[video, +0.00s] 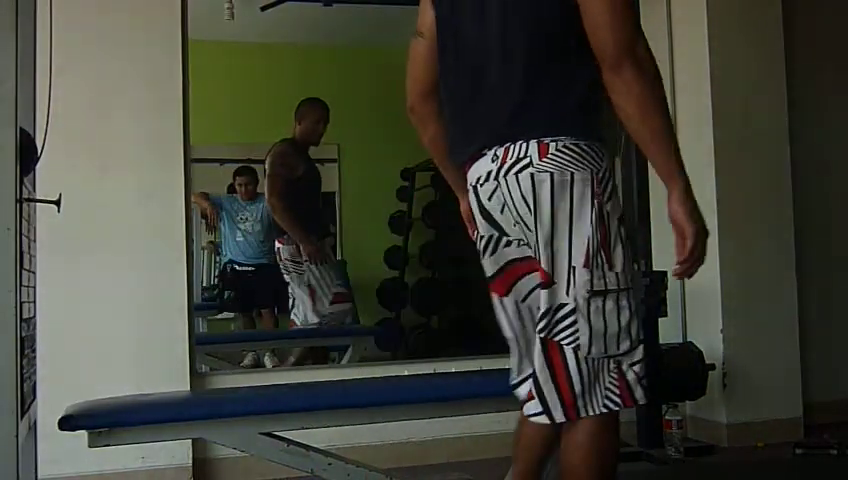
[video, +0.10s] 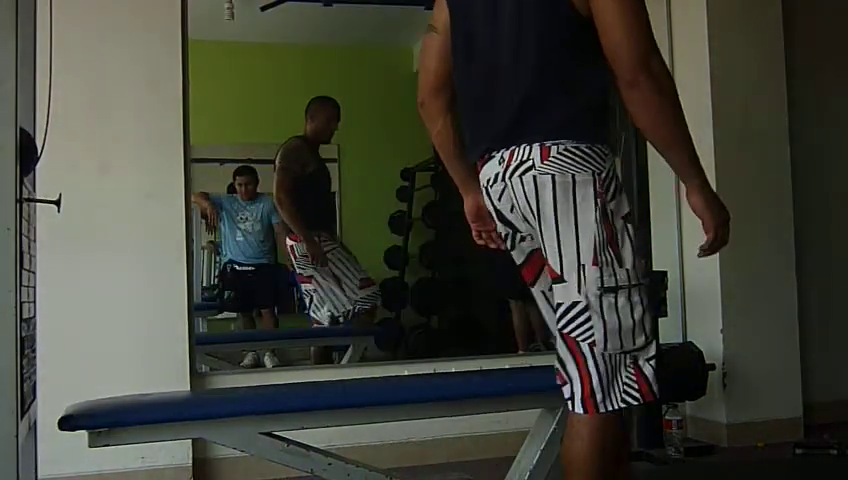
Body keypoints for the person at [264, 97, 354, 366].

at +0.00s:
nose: (323, 130)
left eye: (325, 124)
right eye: (320, 123)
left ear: (304, 123)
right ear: (303, 122)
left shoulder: (304, 158)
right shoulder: (283, 153)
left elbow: (305, 204)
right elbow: (274, 202)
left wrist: (320, 234)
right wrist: (305, 241)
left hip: (307, 245)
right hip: (297, 247)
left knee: (303, 316)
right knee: (337, 305)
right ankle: (292, 365)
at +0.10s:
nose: (334, 129)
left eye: (336, 123)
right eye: (332, 122)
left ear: (312, 120)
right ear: (315, 119)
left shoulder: (311, 153)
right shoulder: (295, 149)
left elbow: (310, 203)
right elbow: (281, 197)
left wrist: (329, 239)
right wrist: (308, 241)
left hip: (314, 239)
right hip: (314, 241)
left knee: (322, 312)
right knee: (367, 295)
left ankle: (321, 375)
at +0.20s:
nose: (346, 129)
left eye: (346, 123)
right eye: (342, 122)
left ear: (323, 121)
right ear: (323, 119)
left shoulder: (321, 153)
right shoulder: (306, 148)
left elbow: (328, 212)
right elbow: (291, 196)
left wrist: (355, 244)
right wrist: (317, 238)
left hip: (324, 240)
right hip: (323, 240)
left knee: (334, 315)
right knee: (384, 290)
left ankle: (323, 379)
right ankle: (395, 363)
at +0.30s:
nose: (358, 130)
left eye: (359, 124)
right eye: (355, 123)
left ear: (334, 123)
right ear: (339, 122)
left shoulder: (329, 152)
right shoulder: (319, 149)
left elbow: (334, 212)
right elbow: (305, 195)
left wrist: (362, 242)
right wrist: (331, 240)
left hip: (324, 242)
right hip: (334, 241)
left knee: (345, 316)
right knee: (395, 290)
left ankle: (324, 378)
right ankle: (408, 364)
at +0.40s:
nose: (369, 132)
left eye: (368, 125)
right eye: (365, 125)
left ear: (344, 125)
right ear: (349, 124)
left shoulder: (343, 156)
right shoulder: (332, 151)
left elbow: (335, 208)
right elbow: (324, 195)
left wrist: (361, 241)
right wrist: (353, 239)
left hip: (338, 247)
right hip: (336, 247)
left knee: (352, 320)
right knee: (401, 300)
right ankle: (410, 371)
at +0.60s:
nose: (391, 149)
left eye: (390, 142)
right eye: (387, 142)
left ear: (361, 143)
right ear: (374, 142)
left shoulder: (344, 168)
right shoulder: (363, 165)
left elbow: (341, 237)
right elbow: (372, 210)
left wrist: (375, 261)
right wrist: (409, 249)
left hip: (330, 261)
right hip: (342, 261)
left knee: (400, 318)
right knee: (407, 319)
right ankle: (406, 393)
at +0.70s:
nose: (394, 165)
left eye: (394, 158)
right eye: (391, 157)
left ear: (364, 156)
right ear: (379, 156)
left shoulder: (347, 180)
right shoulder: (366, 178)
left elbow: (346, 247)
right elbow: (387, 223)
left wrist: (383, 266)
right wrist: (427, 253)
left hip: (324, 270)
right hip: (335, 271)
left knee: (395, 321)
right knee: (408, 321)